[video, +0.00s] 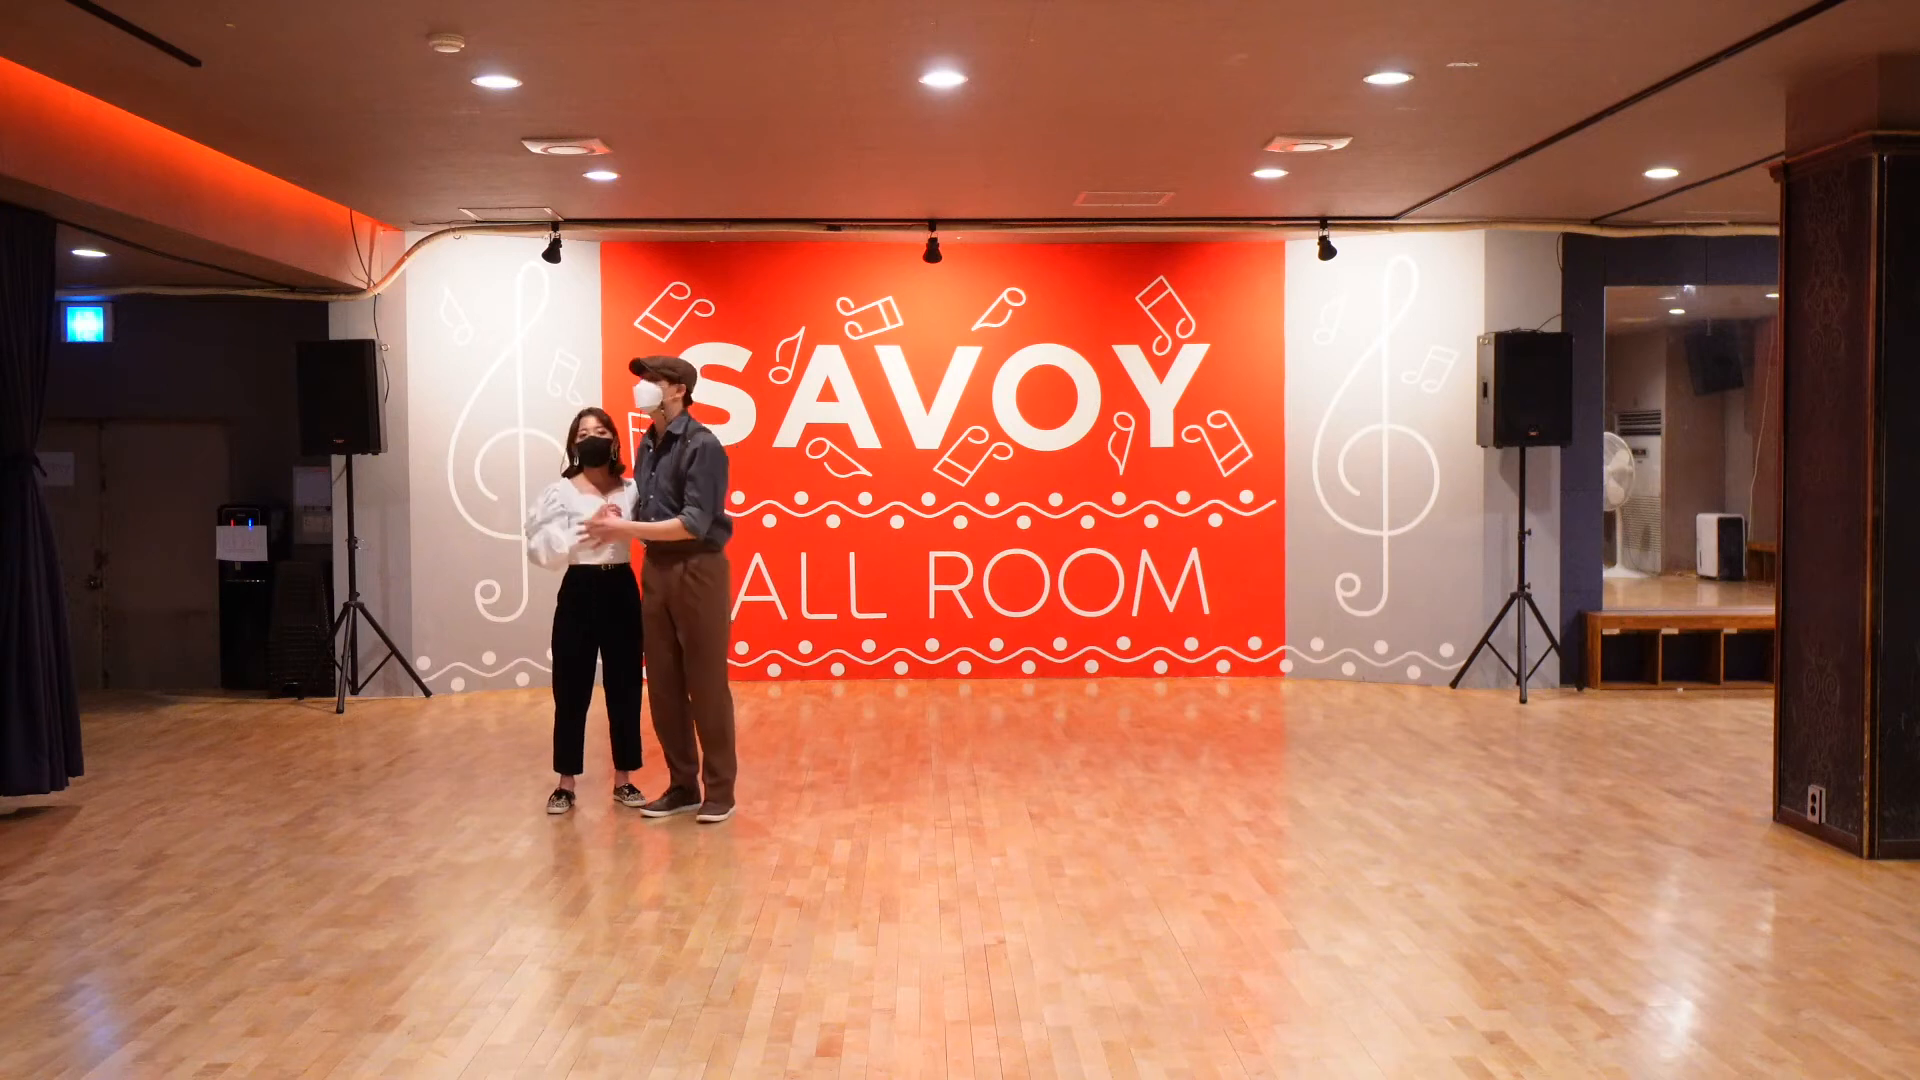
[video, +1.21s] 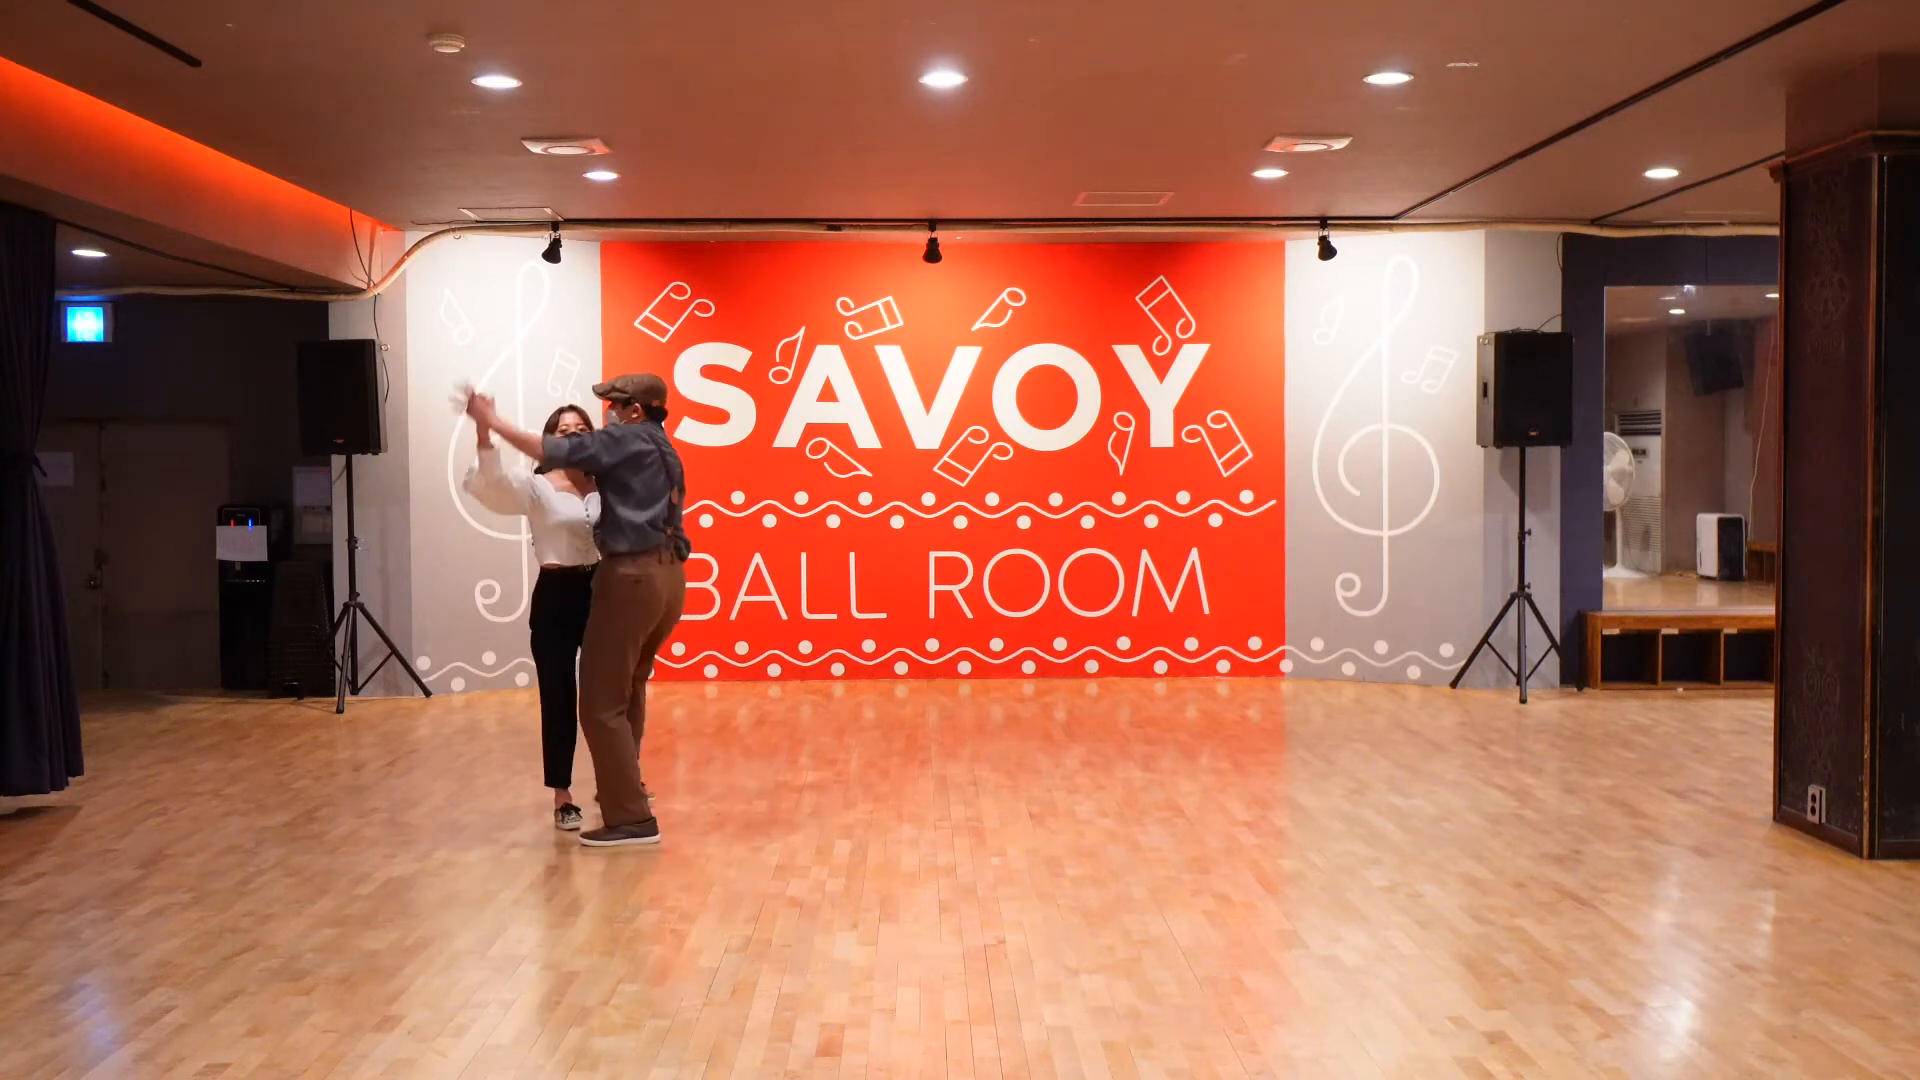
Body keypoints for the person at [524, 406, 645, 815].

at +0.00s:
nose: (593, 433)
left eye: (601, 428)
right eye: (584, 430)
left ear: (613, 439)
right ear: (573, 443)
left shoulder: (631, 490)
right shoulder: (557, 492)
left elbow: (654, 528)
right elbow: (539, 548)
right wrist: (583, 529)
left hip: (621, 591)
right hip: (578, 592)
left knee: (625, 690)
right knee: (571, 691)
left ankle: (624, 781)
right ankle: (565, 784)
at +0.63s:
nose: (592, 437)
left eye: (599, 431)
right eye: (582, 434)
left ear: (610, 441)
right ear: (570, 447)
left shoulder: (629, 488)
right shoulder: (565, 501)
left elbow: (652, 529)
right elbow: (561, 560)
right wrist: (595, 587)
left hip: (628, 601)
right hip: (587, 606)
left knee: (624, 696)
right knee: (580, 698)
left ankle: (621, 780)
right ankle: (567, 788)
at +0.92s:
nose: (574, 438)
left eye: (581, 432)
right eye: (564, 434)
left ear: (592, 441)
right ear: (550, 448)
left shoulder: (613, 489)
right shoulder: (543, 500)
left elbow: (632, 533)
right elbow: (538, 557)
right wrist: (540, 584)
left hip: (613, 599)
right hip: (570, 602)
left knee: (615, 693)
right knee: (569, 699)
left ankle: (624, 790)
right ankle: (566, 797)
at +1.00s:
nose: (570, 440)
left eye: (577, 434)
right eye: (561, 436)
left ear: (589, 444)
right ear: (547, 450)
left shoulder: (605, 491)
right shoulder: (538, 499)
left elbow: (627, 530)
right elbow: (510, 539)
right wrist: (498, 546)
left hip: (606, 596)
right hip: (565, 601)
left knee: (613, 693)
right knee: (566, 699)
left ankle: (625, 790)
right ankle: (566, 798)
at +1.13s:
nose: (571, 438)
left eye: (579, 432)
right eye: (561, 434)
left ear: (591, 441)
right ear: (547, 447)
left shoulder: (608, 491)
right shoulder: (536, 496)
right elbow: (488, 508)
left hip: (604, 595)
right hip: (557, 598)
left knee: (609, 693)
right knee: (561, 699)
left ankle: (623, 791)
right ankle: (565, 799)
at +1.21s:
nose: (573, 435)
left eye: (580, 429)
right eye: (564, 431)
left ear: (592, 437)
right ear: (550, 440)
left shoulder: (606, 484)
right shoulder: (536, 484)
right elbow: (490, 487)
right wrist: (484, 431)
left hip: (602, 589)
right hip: (556, 592)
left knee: (611, 689)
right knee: (558, 696)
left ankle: (622, 787)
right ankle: (563, 797)